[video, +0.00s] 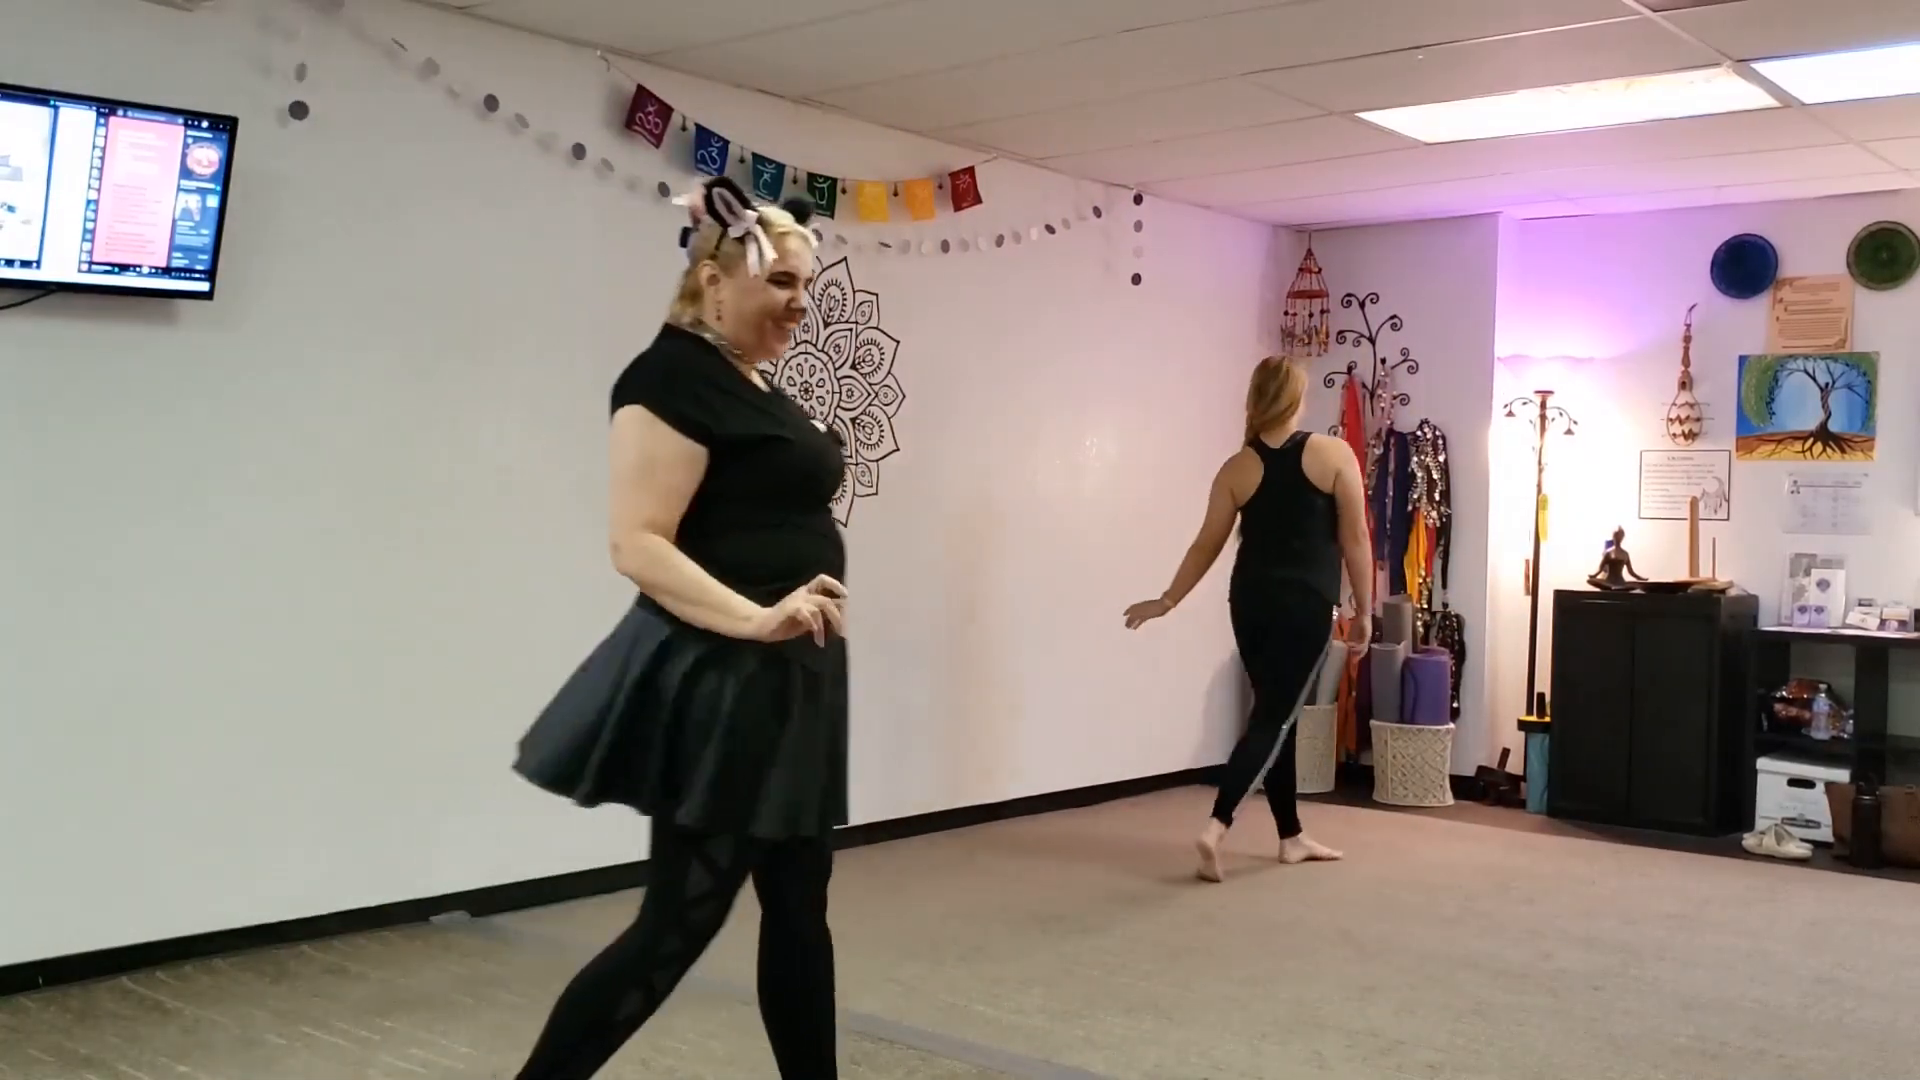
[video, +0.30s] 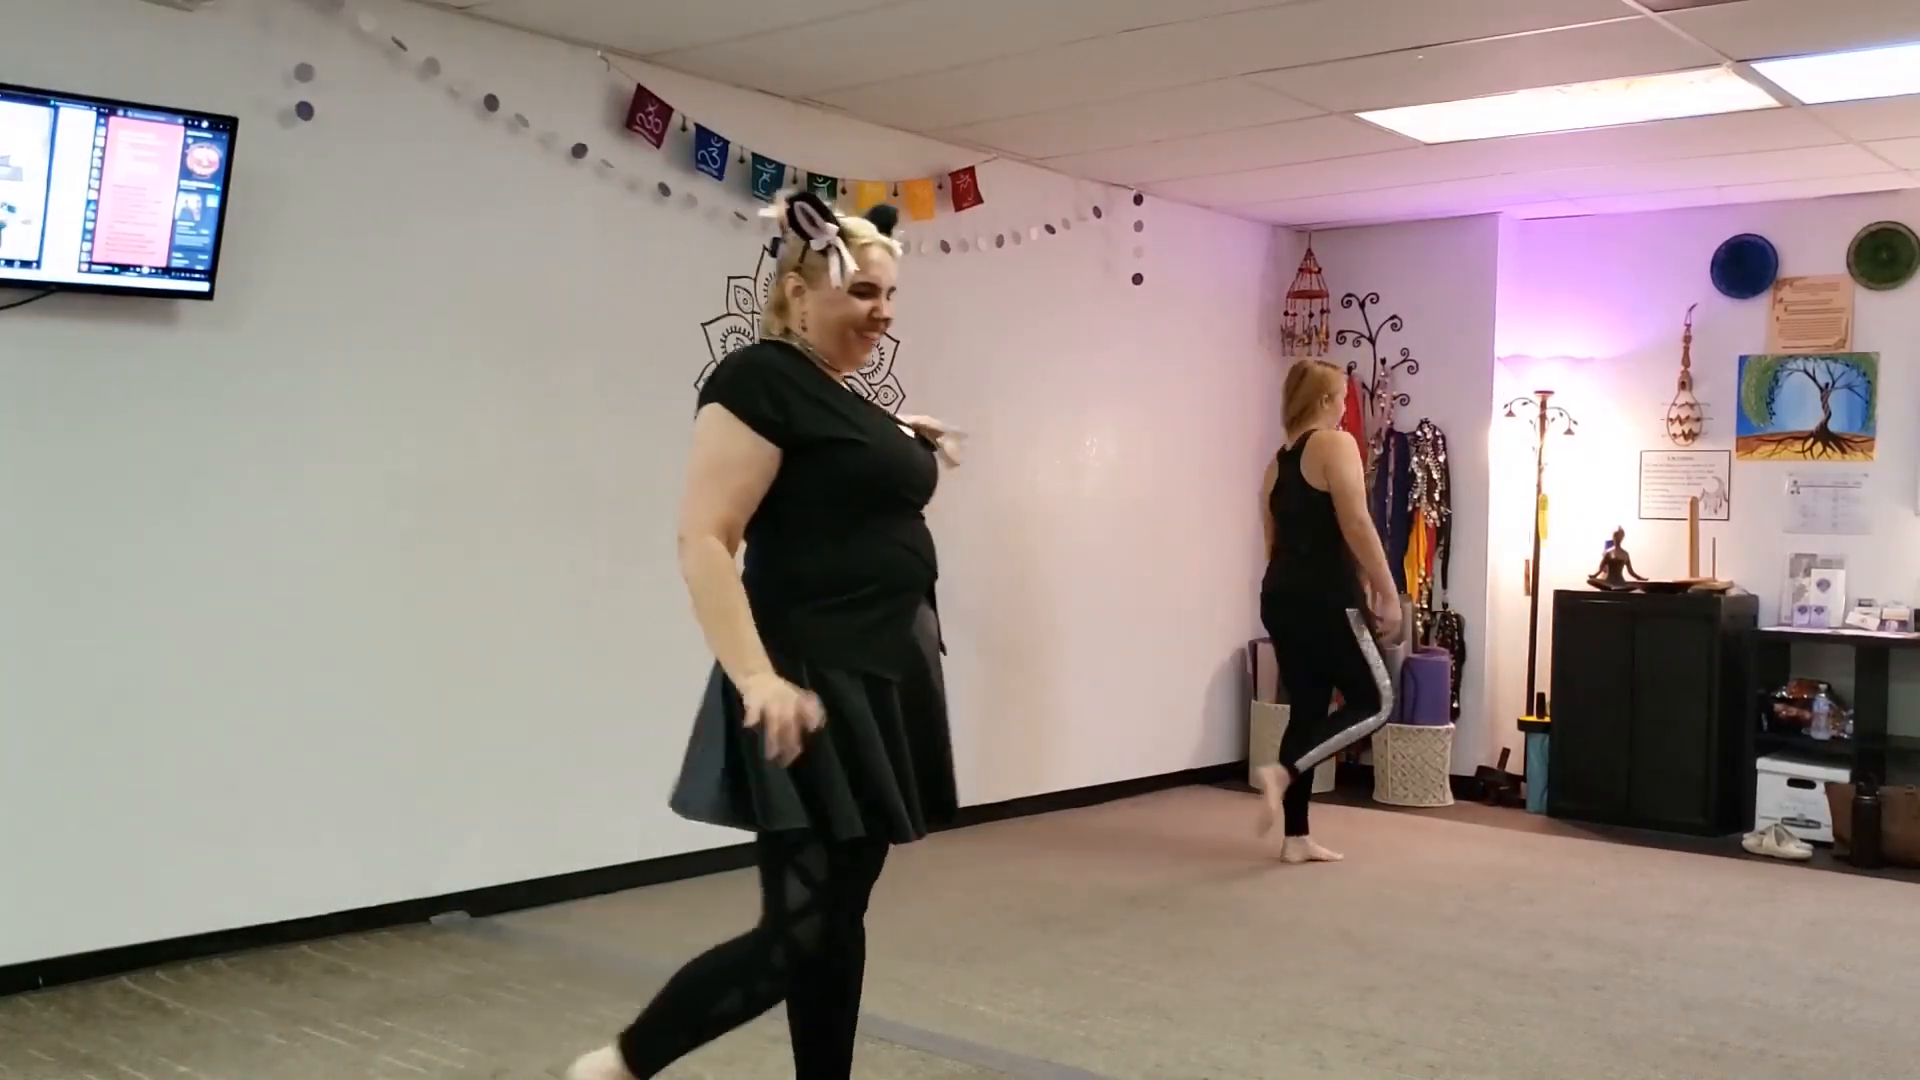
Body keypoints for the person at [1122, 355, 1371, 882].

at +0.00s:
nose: (1307, 402)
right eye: (1304, 395)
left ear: (1255, 401)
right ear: (1300, 401)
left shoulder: (1237, 468)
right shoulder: (1334, 455)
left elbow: (1207, 545)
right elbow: (1354, 540)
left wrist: (1167, 600)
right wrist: (1363, 608)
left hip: (1249, 601)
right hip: (1307, 603)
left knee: (1277, 713)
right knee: (1272, 716)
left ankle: (1291, 834)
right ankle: (1217, 824)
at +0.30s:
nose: (1345, 407)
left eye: (1345, 399)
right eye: (1343, 399)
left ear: (1296, 402)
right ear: (1328, 401)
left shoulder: (1277, 464)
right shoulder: (1337, 444)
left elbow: (1274, 542)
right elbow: (1355, 523)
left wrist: (1280, 588)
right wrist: (1389, 591)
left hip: (1281, 596)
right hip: (1326, 596)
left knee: (1306, 708)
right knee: (1376, 704)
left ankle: (1297, 836)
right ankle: (1283, 772)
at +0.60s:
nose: (1387, 396)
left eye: (1386, 388)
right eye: (1377, 388)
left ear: (1362, 397)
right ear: (1347, 395)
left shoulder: (1357, 452)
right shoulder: (1331, 446)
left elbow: (1368, 538)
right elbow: (1313, 523)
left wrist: (1401, 590)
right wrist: (1358, 585)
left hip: (1330, 593)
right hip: (1337, 592)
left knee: (1318, 706)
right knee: (1406, 691)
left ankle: (1295, 832)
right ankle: (1416, 820)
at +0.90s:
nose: (1427, 403)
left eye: (1427, 395)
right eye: (1417, 396)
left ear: (1408, 406)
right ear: (1388, 405)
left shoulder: (1421, 465)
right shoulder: (1374, 462)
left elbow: (1439, 553)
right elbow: (1334, 533)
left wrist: (1474, 610)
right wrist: (1321, 605)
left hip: (1392, 608)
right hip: (1387, 609)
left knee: (1342, 717)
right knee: (1421, 720)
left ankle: (1296, 826)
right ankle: (1450, 837)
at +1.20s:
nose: (1474, 401)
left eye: (1476, 394)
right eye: (1463, 394)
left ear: (1475, 403)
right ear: (1434, 402)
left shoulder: (1469, 453)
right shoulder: (1423, 466)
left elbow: (1484, 534)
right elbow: (1399, 550)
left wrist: (1504, 592)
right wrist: (1385, 623)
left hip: (1468, 601)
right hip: (1439, 603)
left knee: (1455, 714)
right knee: (1460, 713)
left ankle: (1358, 784)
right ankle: (1453, 838)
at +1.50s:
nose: (1514, 400)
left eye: (1516, 394)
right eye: (1504, 393)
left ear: (1512, 403)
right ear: (1475, 398)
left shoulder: (1504, 455)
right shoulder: (1460, 461)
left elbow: (1517, 538)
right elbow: (1456, 552)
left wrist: (1532, 597)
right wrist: (1480, 630)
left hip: (1515, 598)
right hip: (1468, 602)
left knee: (1561, 700)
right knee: (1470, 722)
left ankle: (1503, 796)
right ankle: (1454, 838)